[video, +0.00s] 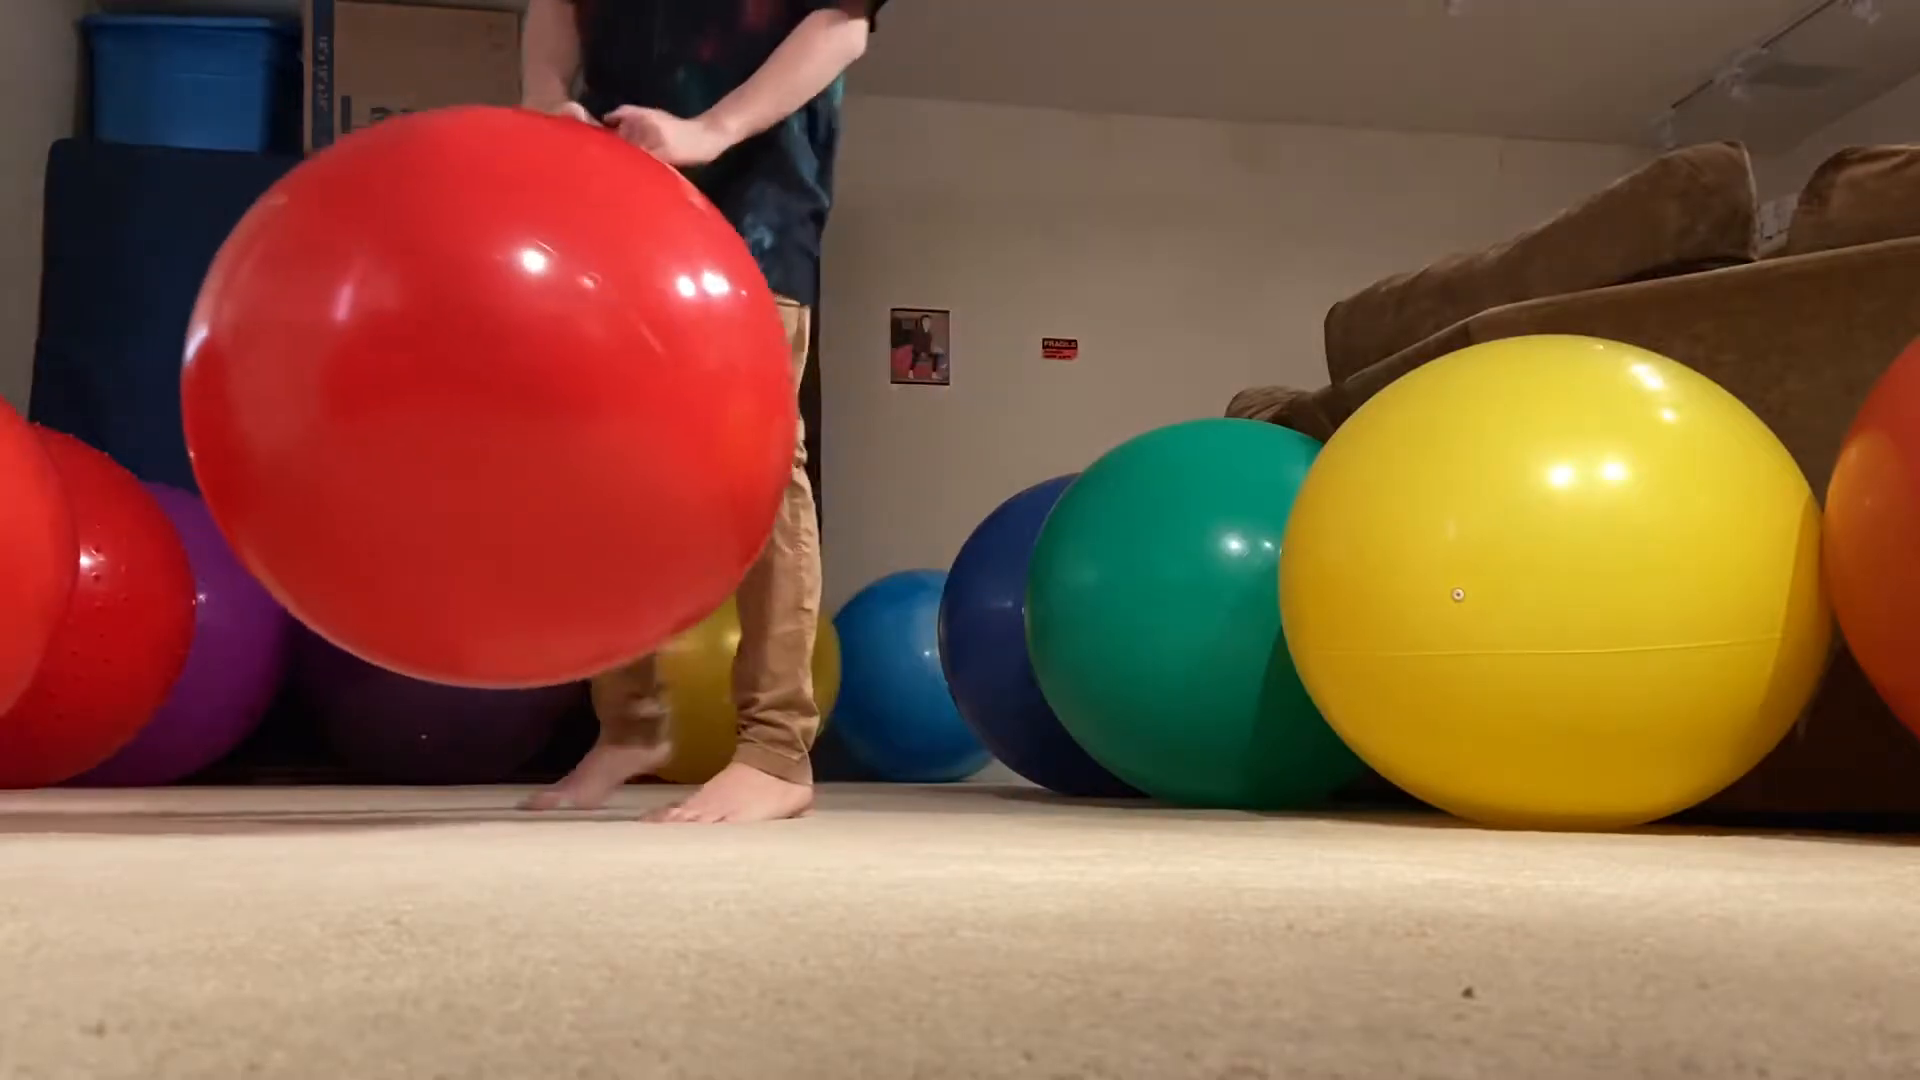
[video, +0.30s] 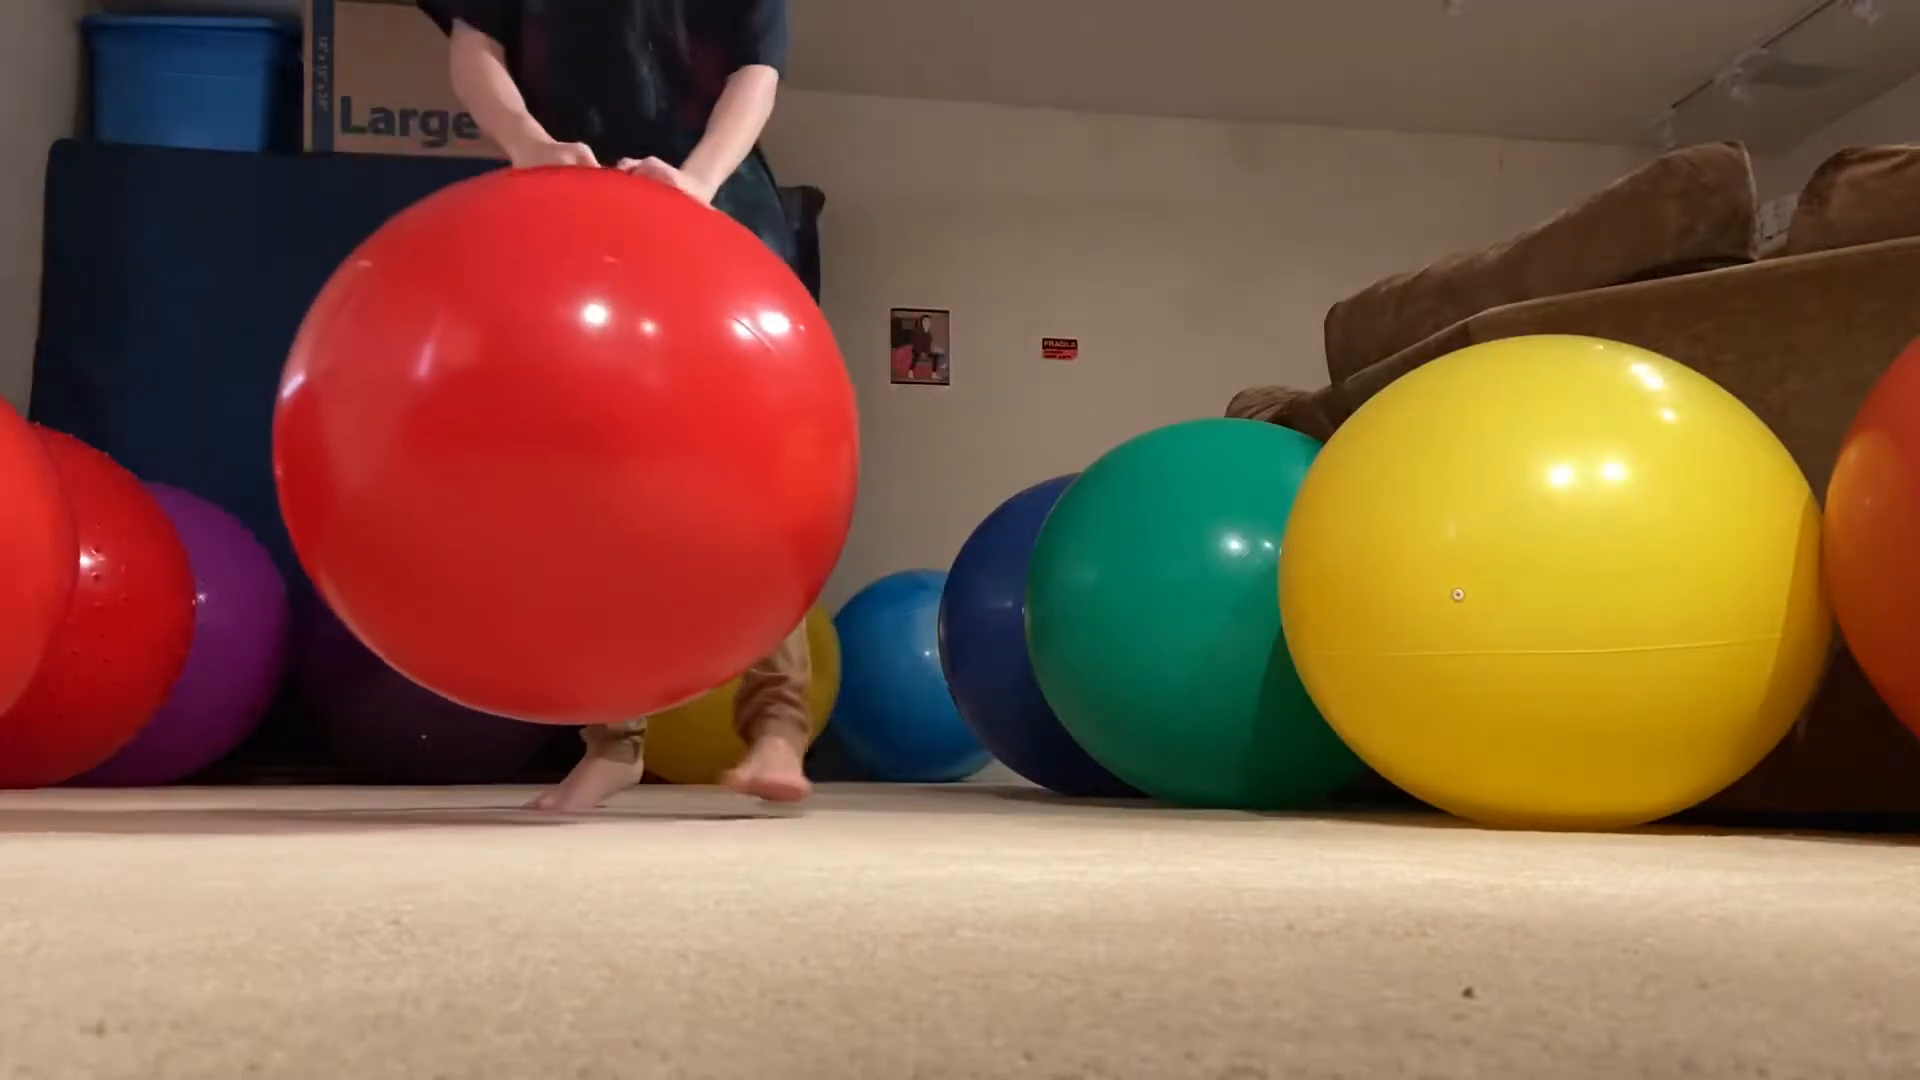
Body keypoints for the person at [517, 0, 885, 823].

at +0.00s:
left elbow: (845, 22)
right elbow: (553, 3)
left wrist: (710, 129)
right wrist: (548, 99)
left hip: (755, 204)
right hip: (613, 196)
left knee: (764, 464)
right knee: (607, 451)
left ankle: (776, 752)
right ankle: (631, 726)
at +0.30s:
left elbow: (759, 65)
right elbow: (471, 48)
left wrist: (697, 177)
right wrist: (530, 144)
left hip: (720, 206)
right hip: (571, 207)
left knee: (752, 456)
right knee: (585, 457)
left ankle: (776, 722)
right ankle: (611, 740)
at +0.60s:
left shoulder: (764, 3)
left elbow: (781, 87)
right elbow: (485, 66)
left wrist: (711, 183)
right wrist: (553, 159)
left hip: (737, 240)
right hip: (588, 240)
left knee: (791, 473)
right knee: (597, 484)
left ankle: (843, 731)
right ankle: (612, 759)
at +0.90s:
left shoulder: (832, 18)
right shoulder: (602, 7)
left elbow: (801, 209)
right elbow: (582, 177)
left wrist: (734, 351)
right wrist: (596, 339)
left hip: (786, 274)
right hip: (650, 272)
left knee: (814, 520)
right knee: (645, 516)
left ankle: (846, 763)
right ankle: (653, 760)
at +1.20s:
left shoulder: (809, 6)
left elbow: (796, 126)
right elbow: (582, 100)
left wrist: (754, 280)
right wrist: (616, 255)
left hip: (769, 239)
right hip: (610, 219)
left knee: (937, 363)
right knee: (422, 242)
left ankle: (926, 657)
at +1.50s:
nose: (653, 66)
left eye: (677, 44)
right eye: (628, 43)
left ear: (718, 68)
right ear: (590, 64)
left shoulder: (774, 226)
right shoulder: (519, 208)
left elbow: (803, 401)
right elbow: (467, 387)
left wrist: (730, 473)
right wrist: (560, 451)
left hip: (726, 489)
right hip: (549, 481)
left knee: (913, 437)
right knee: (347, 390)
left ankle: (986, 728)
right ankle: (275, 724)